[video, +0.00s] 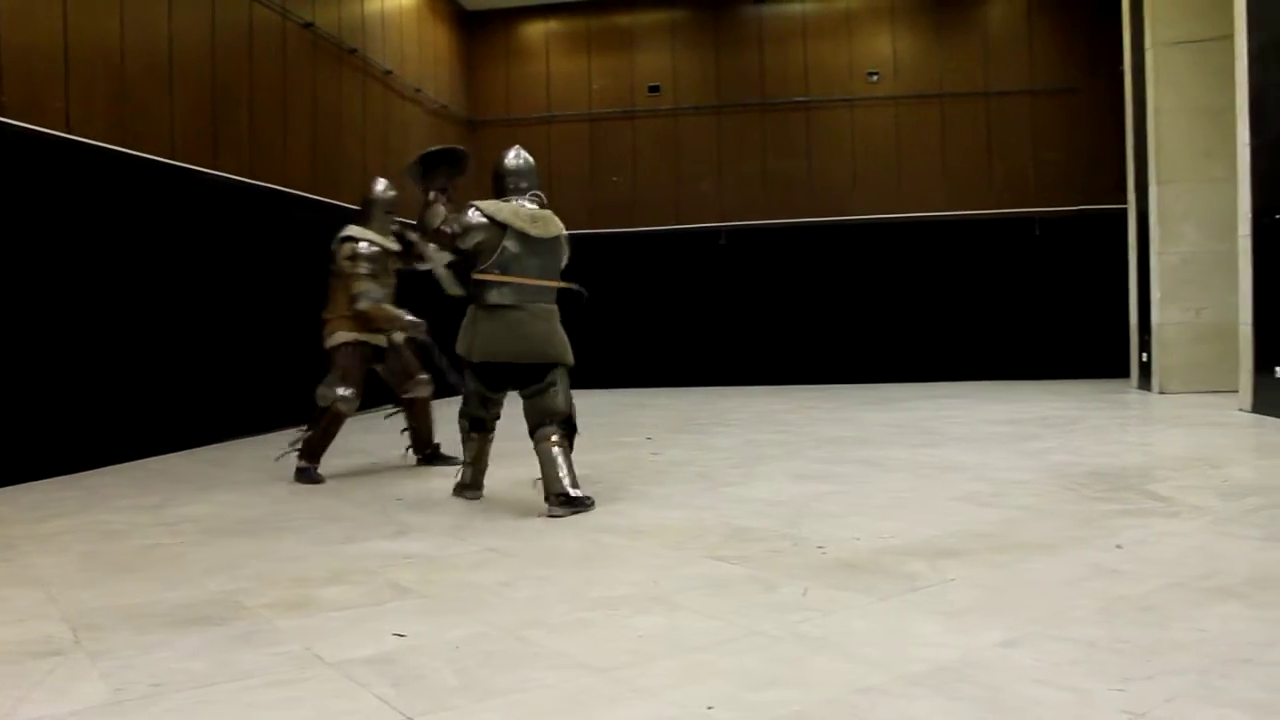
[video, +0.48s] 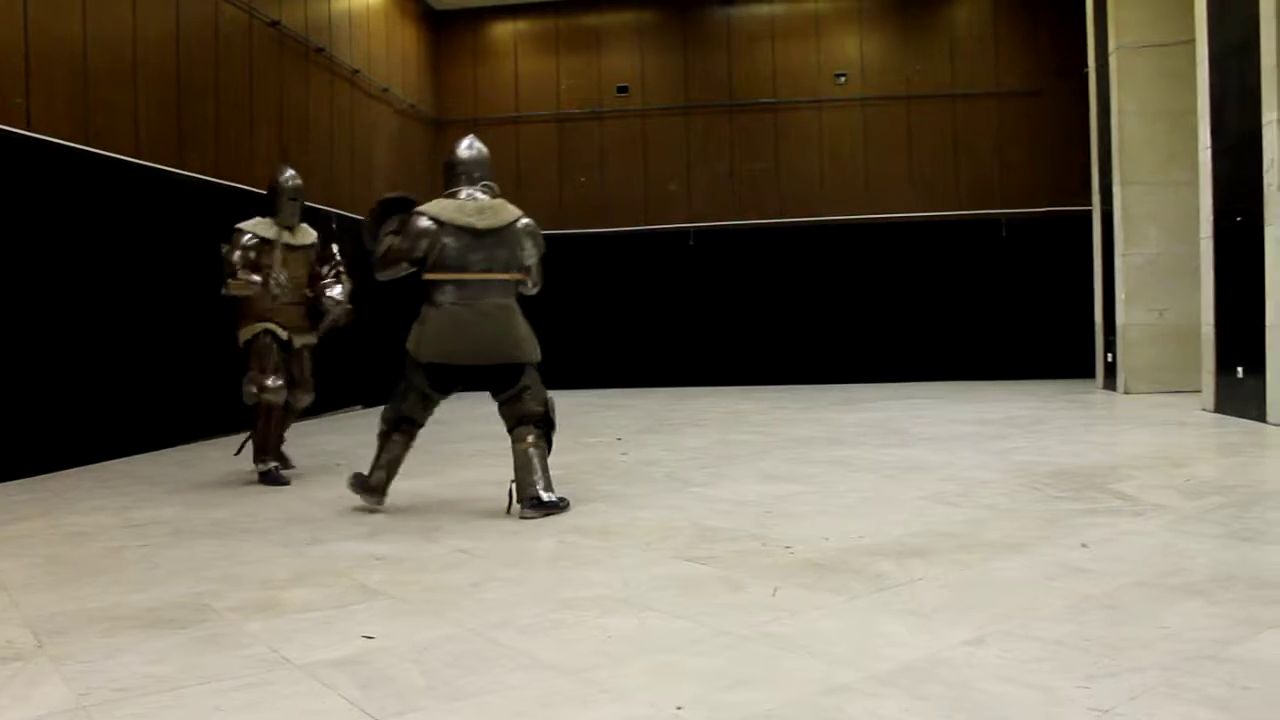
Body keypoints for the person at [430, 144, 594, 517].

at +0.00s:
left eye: (505, 182)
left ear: (499, 182)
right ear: (536, 183)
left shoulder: (481, 218)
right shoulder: (556, 229)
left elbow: (439, 241)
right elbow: (557, 266)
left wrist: (435, 207)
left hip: (490, 332)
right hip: (542, 332)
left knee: (481, 403)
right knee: (549, 410)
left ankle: (472, 479)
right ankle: (561, 489)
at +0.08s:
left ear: (499, 176)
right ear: (538, 177)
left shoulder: (480, 212)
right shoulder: (555, 224)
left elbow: (432, 233)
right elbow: (555, 260)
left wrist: (435, 207)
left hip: (486, 325)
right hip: (540, 326)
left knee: (477, 400)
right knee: (551, 403)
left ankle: (469, 482)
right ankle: (555, 487)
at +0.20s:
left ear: (490, 167)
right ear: (529, 169)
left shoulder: (469, 202)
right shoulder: (550, 216)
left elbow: (428, 222)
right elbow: (554, 250)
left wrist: (427, 195)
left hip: (476, 324)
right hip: (533, 325)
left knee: (465, 394)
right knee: (544, 401)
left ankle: (446, 471)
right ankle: (548, 490)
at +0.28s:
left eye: (482, 165)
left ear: (479, 164)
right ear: (519, 167)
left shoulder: (458, 200)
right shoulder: (542, 214)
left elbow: (416, 230)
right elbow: (547, 263)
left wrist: (417, 199)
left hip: (464, 323)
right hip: (523, 325)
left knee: (449, 388)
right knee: (535, 400)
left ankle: (428, 466)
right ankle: (542, 490)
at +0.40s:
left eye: (465, 169)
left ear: (463, 170)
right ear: (503, 168)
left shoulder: (440, 212)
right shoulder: (530, 219)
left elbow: (404, 253)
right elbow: (539, 276)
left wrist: (402, 224)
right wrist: (503, 257)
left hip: (451, 326)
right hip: (510, 326)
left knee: (425, 394)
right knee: (528, 402)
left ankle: (396, 478)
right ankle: (537, 491)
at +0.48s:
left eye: (454, 173)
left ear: (450, 175)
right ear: (489, 174)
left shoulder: (428, 219)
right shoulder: (521, 224)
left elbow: (386, 267)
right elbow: (532, 284)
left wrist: (395, 226)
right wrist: (490, 265)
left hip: (443, 334)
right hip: (504, 335)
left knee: (410, 404)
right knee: (525, 406)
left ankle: (377, 480)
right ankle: (535, 490)